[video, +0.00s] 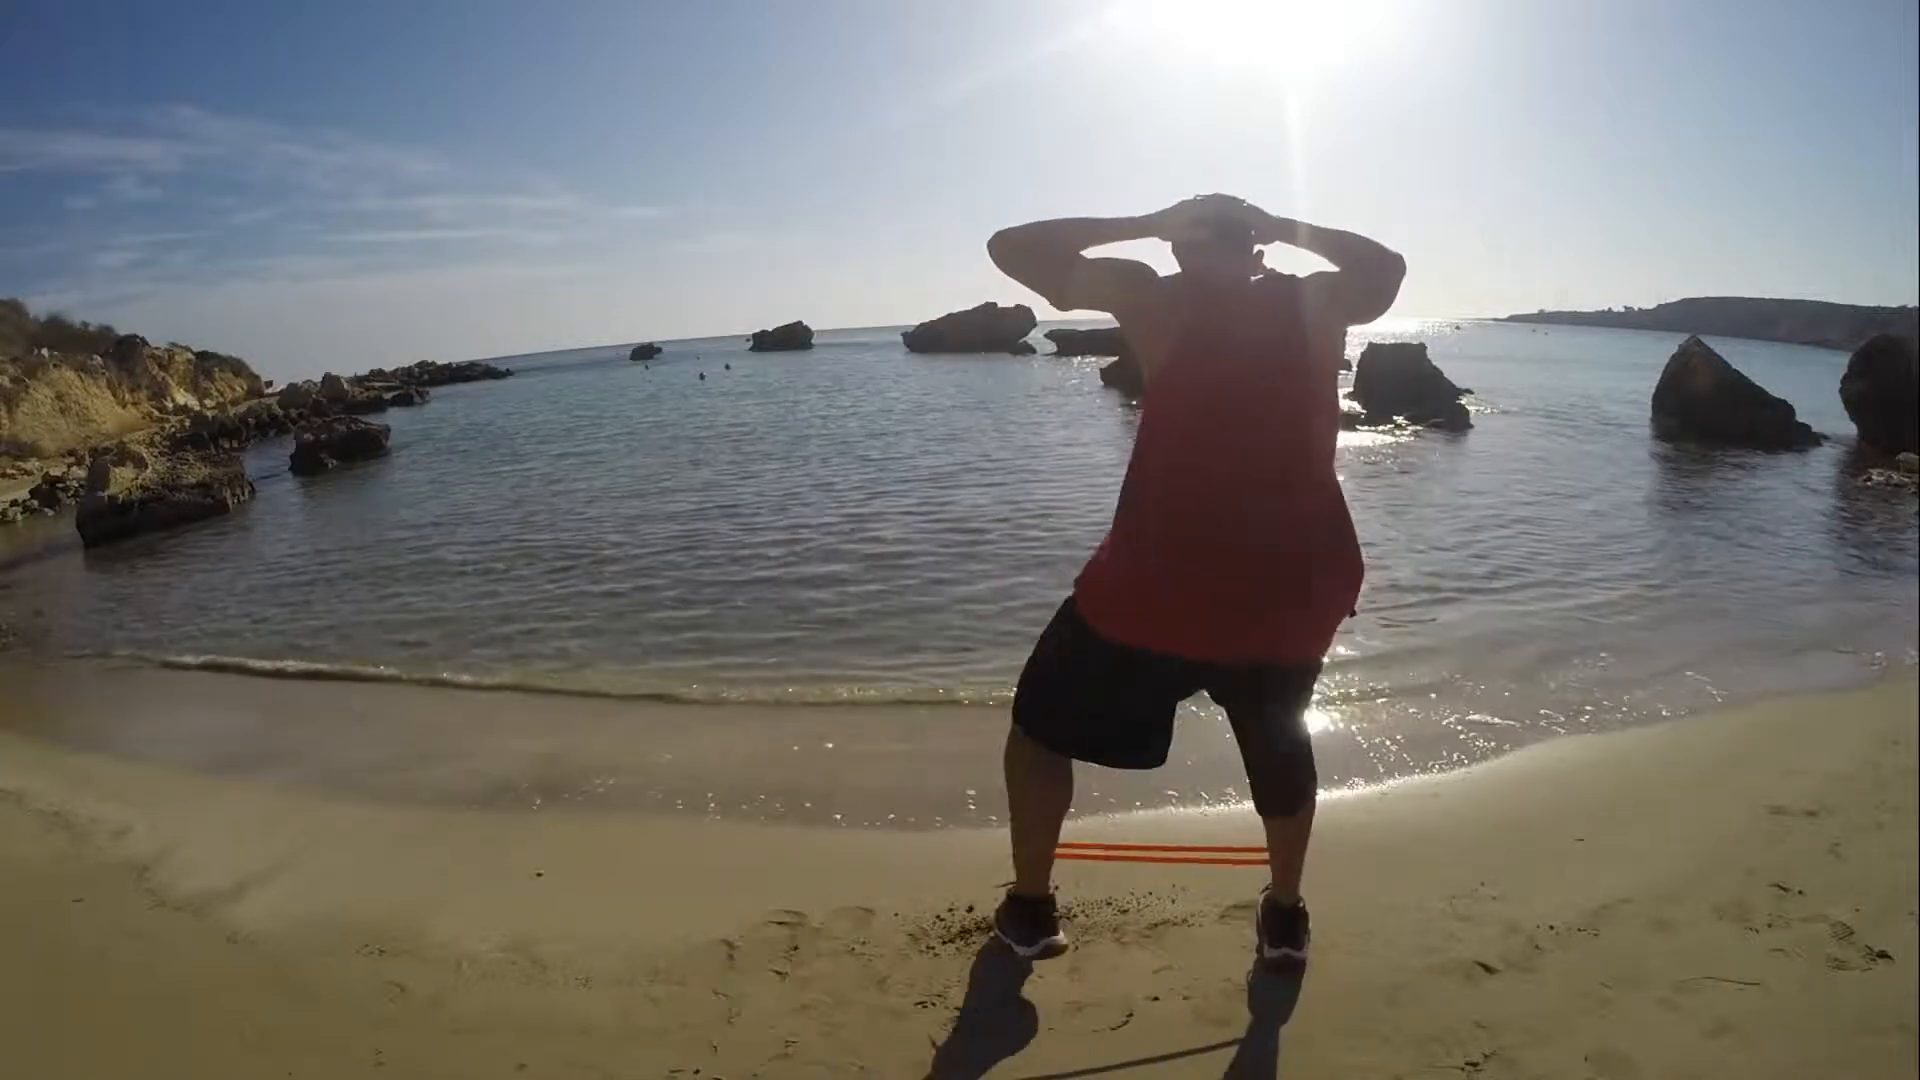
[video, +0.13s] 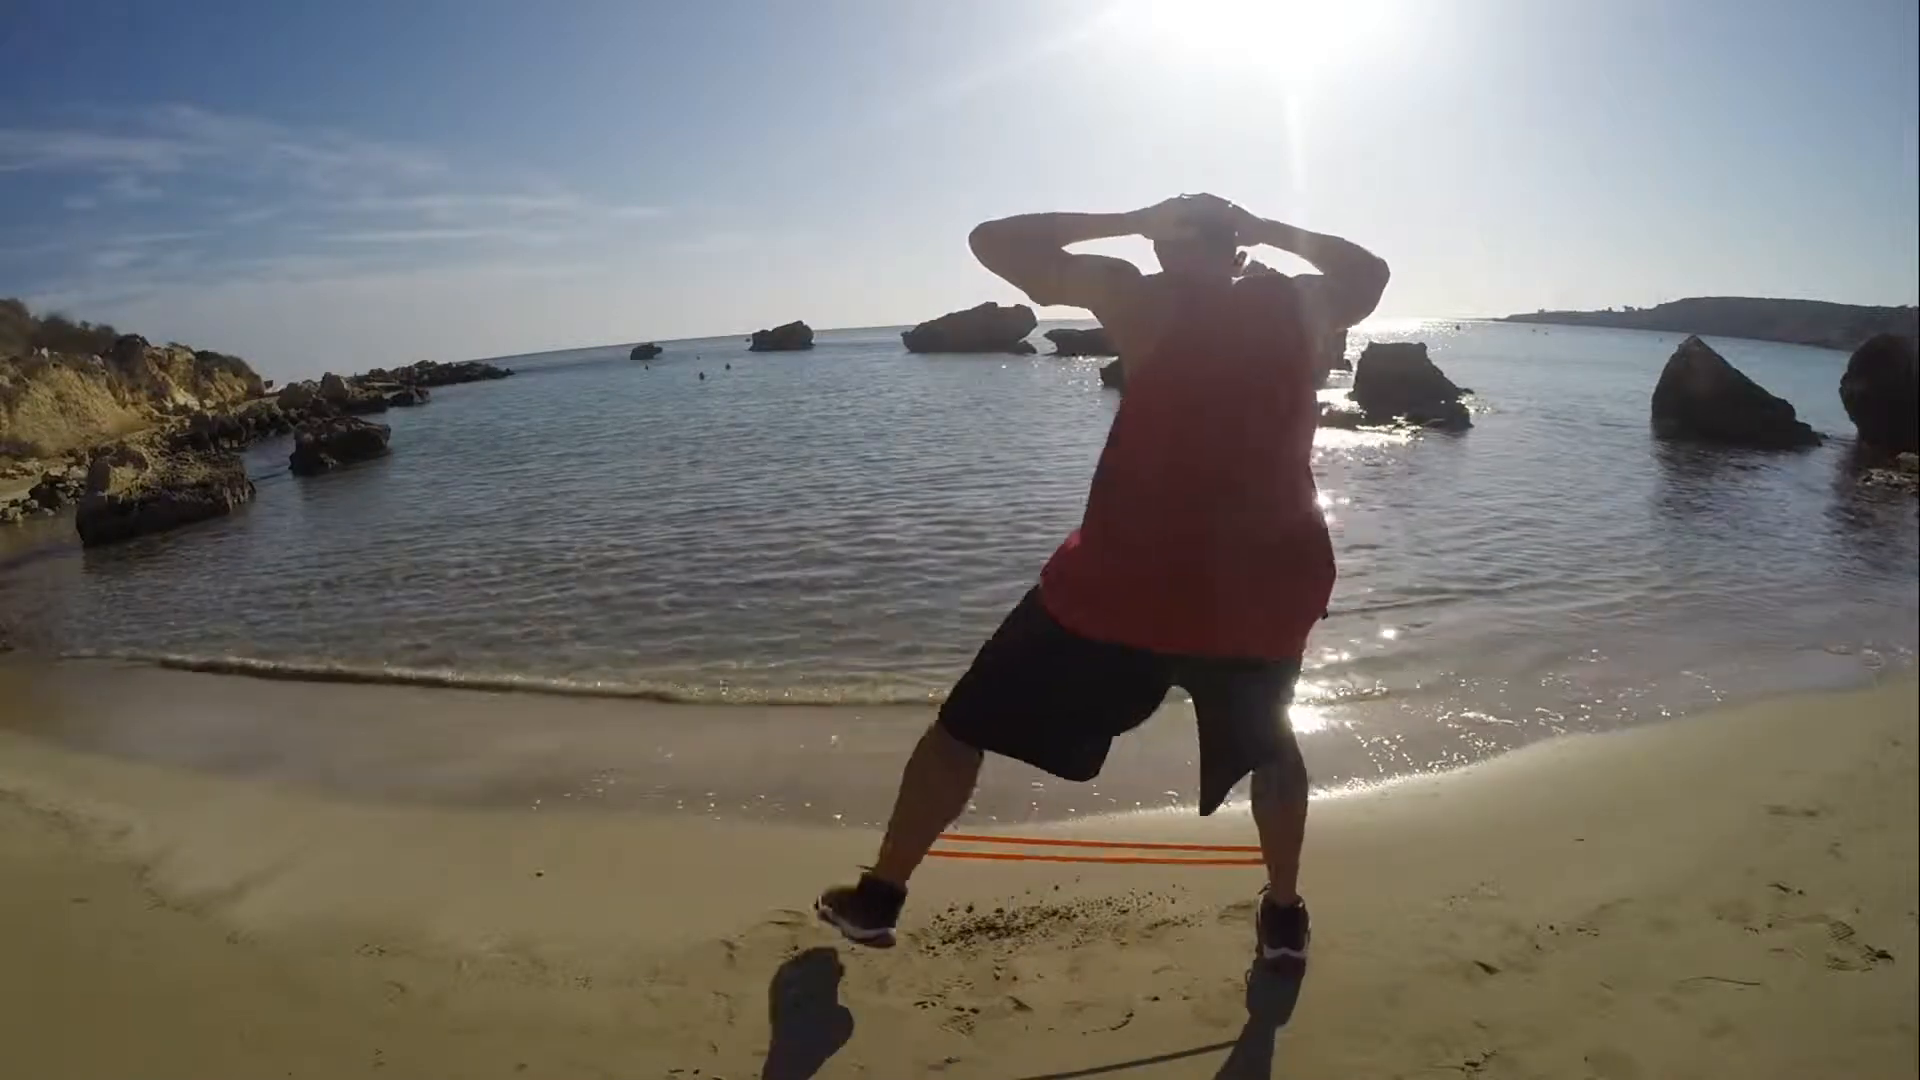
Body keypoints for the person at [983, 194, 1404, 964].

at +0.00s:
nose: (1189, 248)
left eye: (1189, 236)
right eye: (1196, 236)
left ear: (1183, 246)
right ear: (1255, 244)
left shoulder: (1152, 303)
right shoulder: (1320, 301)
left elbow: (1013, 246)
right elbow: (1385, 266)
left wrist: (1147, 222)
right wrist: (1286, 227)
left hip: (1158, 567)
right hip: (1296, 576)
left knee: (1042, 719)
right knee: (1278, 729)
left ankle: (1030, 902)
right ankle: (1285, 910)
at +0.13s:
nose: (1166, 247)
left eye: (1168, 236)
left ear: (1165, 246)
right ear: (1240, 246)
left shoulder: (1136, 303)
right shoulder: (1306, 307)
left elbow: (997, 239)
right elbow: (1369, 269)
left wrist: (1133, 219)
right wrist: (1267, 228)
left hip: (1126, 568)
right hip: (1268, 580)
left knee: (966, 723)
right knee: (1271, 739)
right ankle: (1284, 911)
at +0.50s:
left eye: (988, 239)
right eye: (1027, 239)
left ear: (961, 254)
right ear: (1048, 259)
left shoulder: (913, 318)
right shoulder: (1101, 323)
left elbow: (789, 252)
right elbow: (1196, 277)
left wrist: (929, 228)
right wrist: (1077, 233)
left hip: (924, 604)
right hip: (1080, 604)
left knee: (817, 768)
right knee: (1184, 755)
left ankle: (773, 941)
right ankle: (1257, 898)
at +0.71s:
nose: (880, 220)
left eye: (871, 210)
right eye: (889, 210)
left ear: (839, 232)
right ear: (933, 233)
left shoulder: (795, 293)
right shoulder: (986, 289)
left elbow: (680, 238)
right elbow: (1094, 240)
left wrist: (810, 207)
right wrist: (960, 204)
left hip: (826, 590)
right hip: (981, 583)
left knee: (775, 778)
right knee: (1018, 745)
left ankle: (767, 939)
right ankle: (998, 911)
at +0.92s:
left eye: (813, 221)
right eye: (858, 222)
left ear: (789, 244)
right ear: (882, 245)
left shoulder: (750, 305)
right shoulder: (936, 300)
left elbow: (633, 256)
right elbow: (1042, 246)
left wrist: (763, 220)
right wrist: (910, 214)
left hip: (784, 606)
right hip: (922, 602)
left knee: (748, 784)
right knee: (918, 766)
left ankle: (765, 941)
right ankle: (891, 919)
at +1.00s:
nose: (827, 234)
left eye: (811, 224)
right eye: (839, 224)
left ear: (780, 249)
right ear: (872, 245)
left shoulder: (743, 311)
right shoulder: (929, 298)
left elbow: (627, 264)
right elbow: (1034, 247)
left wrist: (751, 226)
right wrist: (900, 217)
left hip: (794, 601)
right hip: (939, 594)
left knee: (756, 786)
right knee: (961, 740)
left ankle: (767, 940)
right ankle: (935, 902)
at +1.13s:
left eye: (812, 234)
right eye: (850, 229)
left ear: (788, 248)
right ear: (873, 241)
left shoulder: (752, 310)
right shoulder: (932, 288)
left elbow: (637, 272)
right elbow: (1037, 235)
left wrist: (756, 229)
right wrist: (900, 213)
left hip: (819, 589)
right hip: (971, 570)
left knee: (778, 773)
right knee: (1046, 718)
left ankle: (771, 936)